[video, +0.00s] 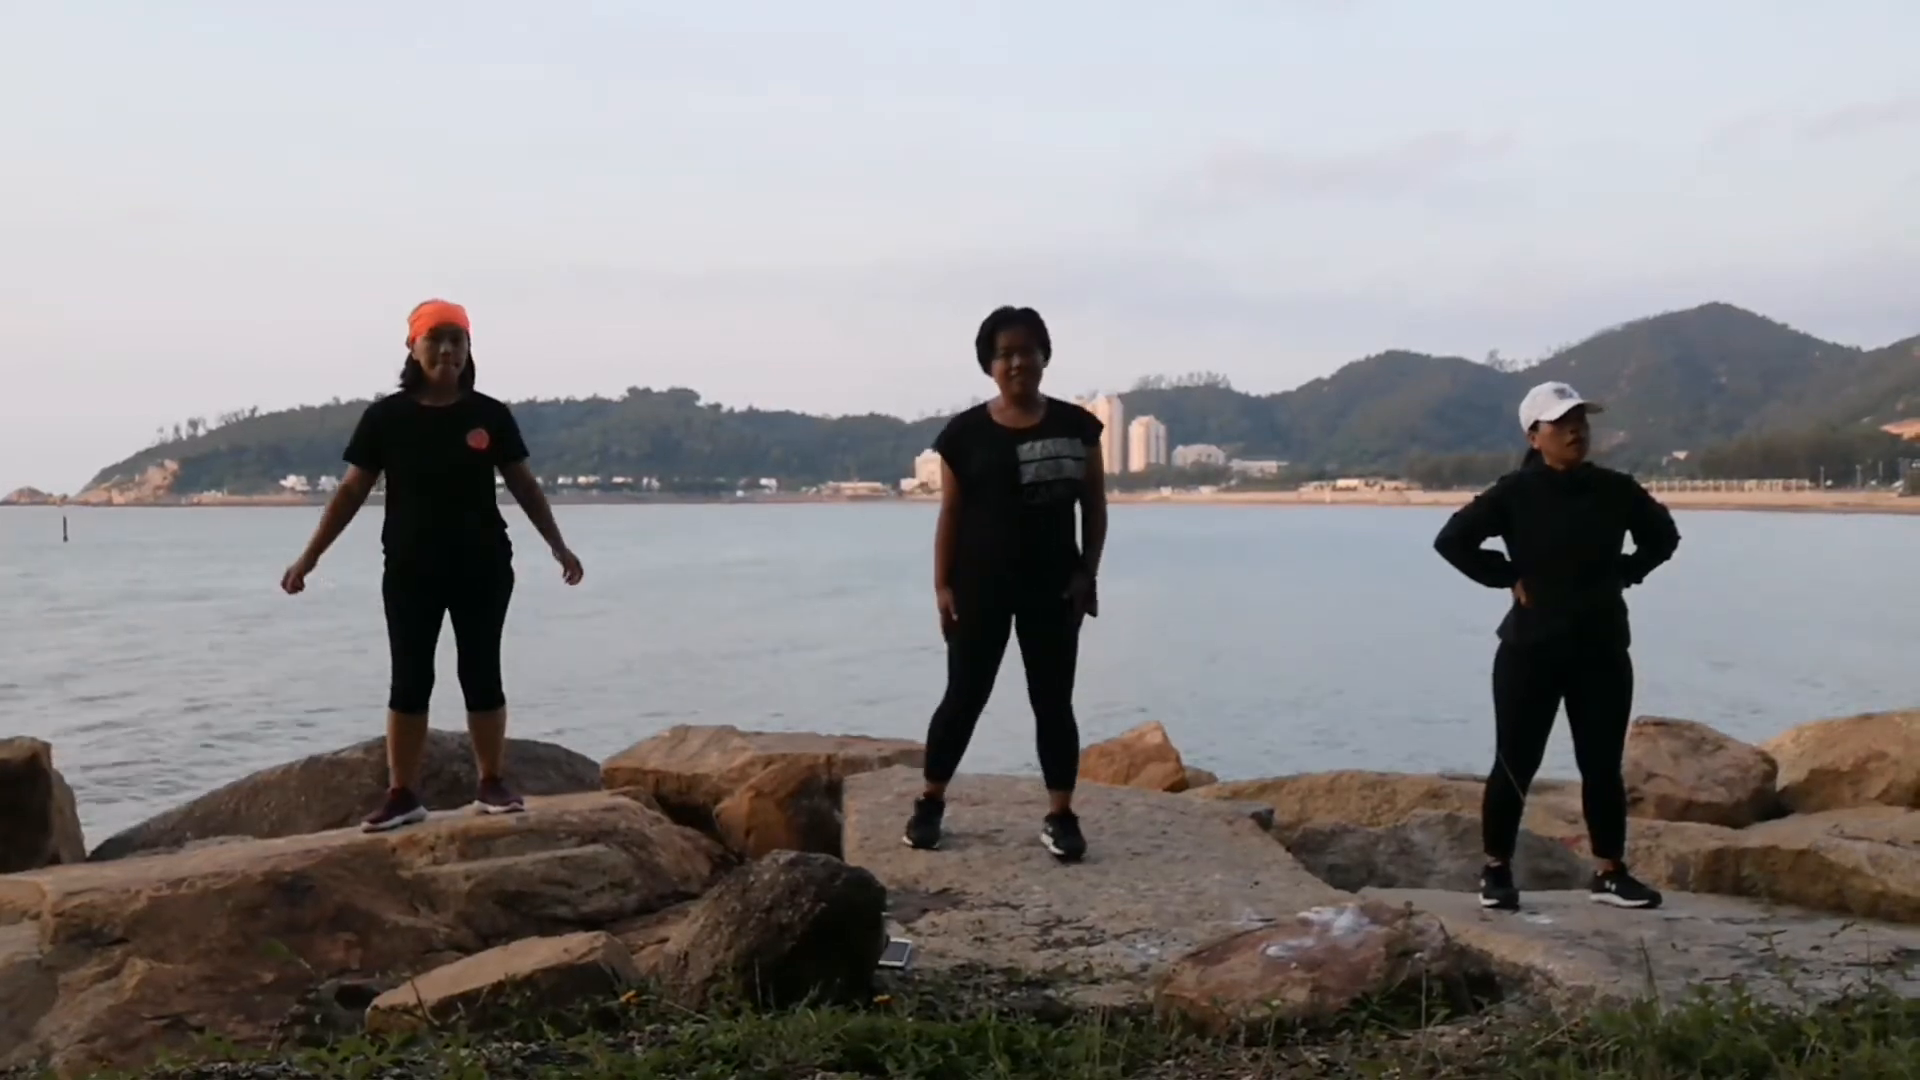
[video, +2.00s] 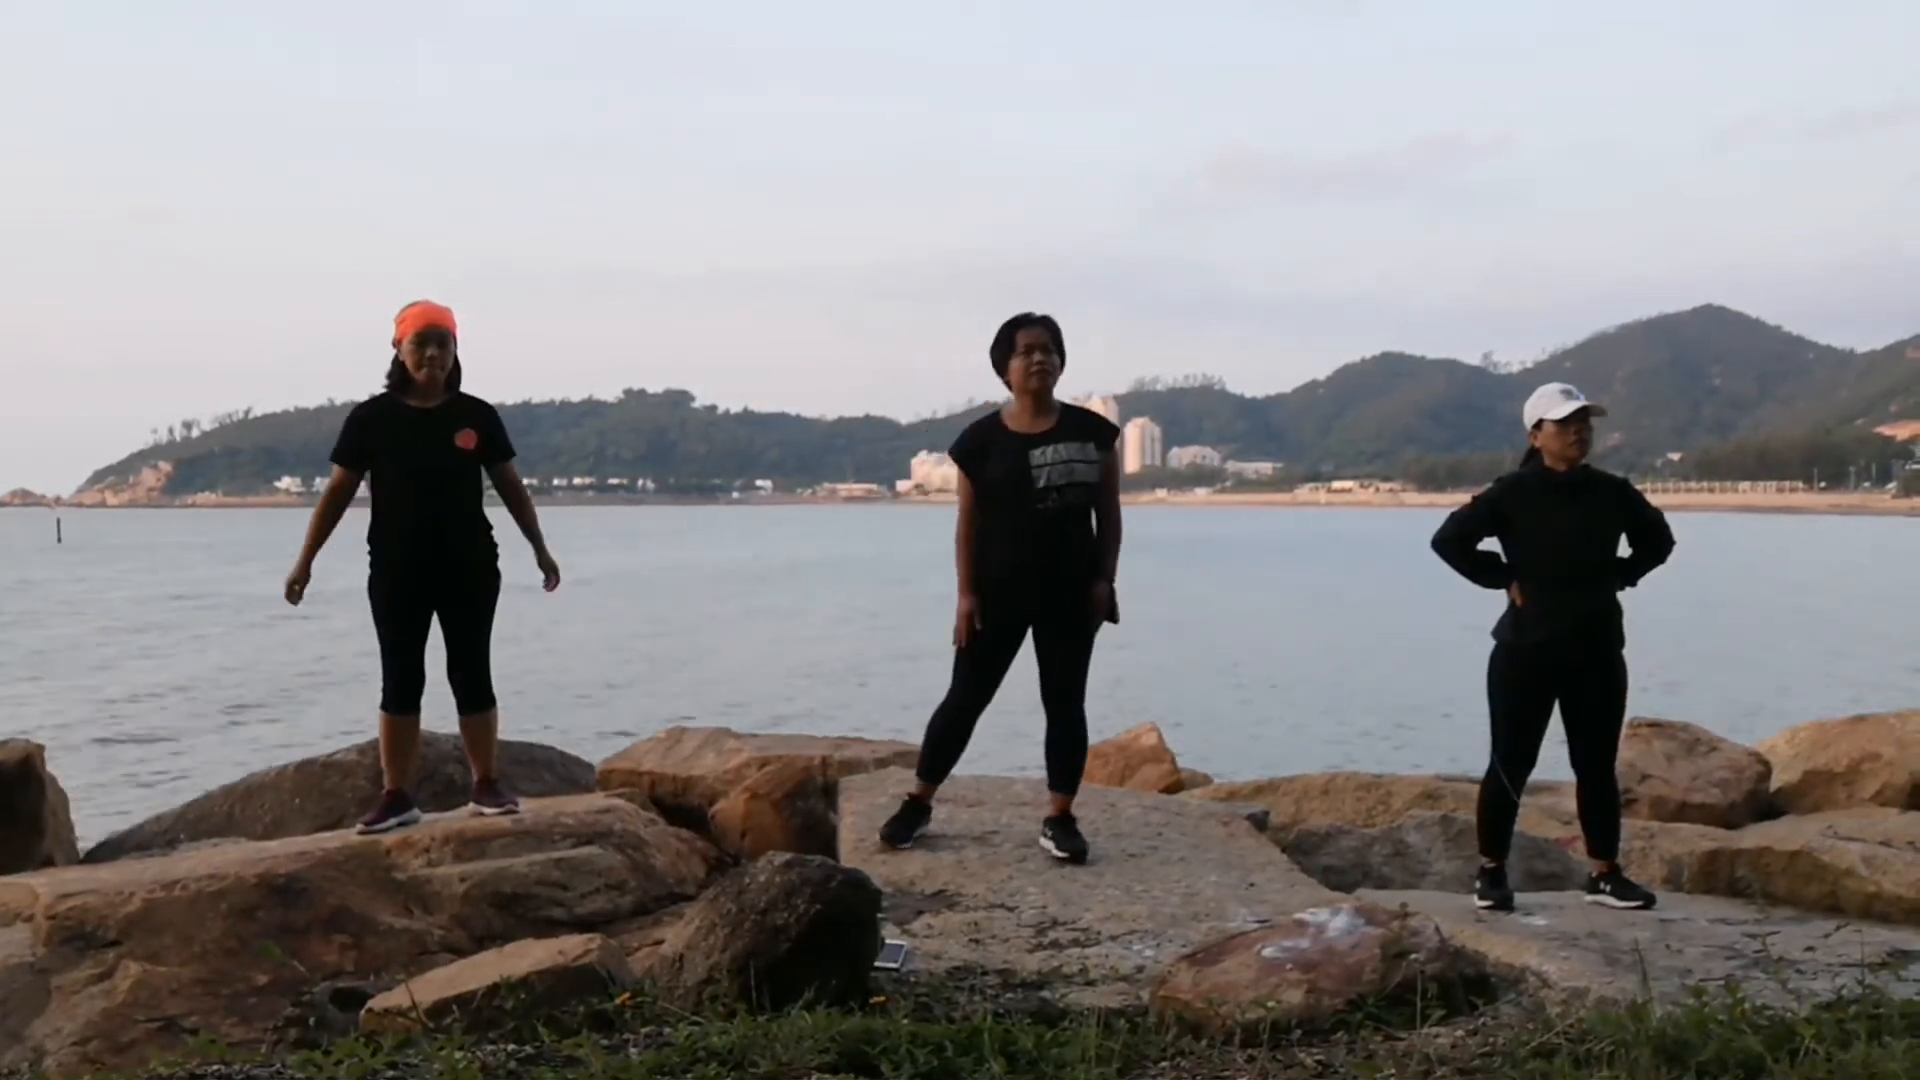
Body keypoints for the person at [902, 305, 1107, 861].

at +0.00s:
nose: (1017, 362)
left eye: (1027, 352)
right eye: (1006, 353)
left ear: (1045, 357)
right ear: (989, 363)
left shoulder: (1077, 428)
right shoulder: (964, 434)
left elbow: (1094, 509)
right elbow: (949, 517)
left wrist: (1089, 571)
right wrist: (942, 585)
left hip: (1052, 588)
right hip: (981, 588)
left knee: (1054, 703)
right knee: (963, 697)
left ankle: (1061, 813)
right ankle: (930, 803)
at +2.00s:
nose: (1038, 359)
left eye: (1047, 351)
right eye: (1025, 352)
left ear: (1061, 364)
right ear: (1004, 365)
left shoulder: (1095, 433)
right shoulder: (980, 440)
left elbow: (1110, 515)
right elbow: (966, 524)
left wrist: (1106, 581)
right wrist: (966, 593)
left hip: (1071, 593)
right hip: (1001, 594)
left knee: (1066, 707)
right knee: (963, 701)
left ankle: (1060, 816)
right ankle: (918, 802)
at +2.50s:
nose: (1026, 362)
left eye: (1036, 353)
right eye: (1015, 353)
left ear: (1050, 364)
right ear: (993, 363)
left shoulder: (1072, 437)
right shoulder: (959, 434)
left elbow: (1085, 519)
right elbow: (938, 517)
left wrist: (1083, 587)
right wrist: (930, 588)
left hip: (1041, 595)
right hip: (971, 593)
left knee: (1047, 708)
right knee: (946, 703)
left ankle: (1056, 816)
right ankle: (922, 811)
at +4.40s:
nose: (957, 367)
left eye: (968, 357)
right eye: (946, 357)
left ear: (989, 366)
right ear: (932, 366)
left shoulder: (1016, 438)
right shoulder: (903, 436)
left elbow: (1024, 522)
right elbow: (881, 513)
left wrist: (1020, 591)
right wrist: (872, 582)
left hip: (985, 597)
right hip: (915, 596)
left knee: (1011, 708)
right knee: (916, 707)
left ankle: (1046, 812)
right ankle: (912, 811)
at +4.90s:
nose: (963, 368)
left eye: (973, 357)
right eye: (952, 360)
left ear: (998, 363)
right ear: (941, 371)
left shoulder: (1036, 434)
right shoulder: (923, 444)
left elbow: (1053, 513)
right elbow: (905, 523)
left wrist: (1057, 584)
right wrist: (890, 591)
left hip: (1013, 597)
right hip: (940, 598)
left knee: (1028, 712)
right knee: (930, 709)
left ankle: (1050, 823)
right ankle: (912, 813)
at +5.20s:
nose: (1003, 368)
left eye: (1015, 357)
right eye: (992, 360)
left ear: (1037, 363)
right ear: (981, 370)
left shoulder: (1072, 430)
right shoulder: (962, 436)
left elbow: (1100, 498)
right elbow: (938, 519)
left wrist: (1039, 522)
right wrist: (933, 589)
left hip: (1047, 595)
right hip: (977, 593)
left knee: (1049, 710)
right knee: (953, 705)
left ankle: (1052, 824)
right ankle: (917, 809)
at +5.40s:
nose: (1020, 366)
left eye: (1032, 356)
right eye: (1010, 356)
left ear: (1054, 365)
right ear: (996, 367)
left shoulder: (1078, 426)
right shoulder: (973, 429)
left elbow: (1057, 482)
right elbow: (964, 510)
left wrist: (984, 460)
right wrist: (966, 584)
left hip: (1048, 590)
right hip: (981, 585)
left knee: (1048, 710)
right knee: (951, 703)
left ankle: (1051, 824)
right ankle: (917, 811)